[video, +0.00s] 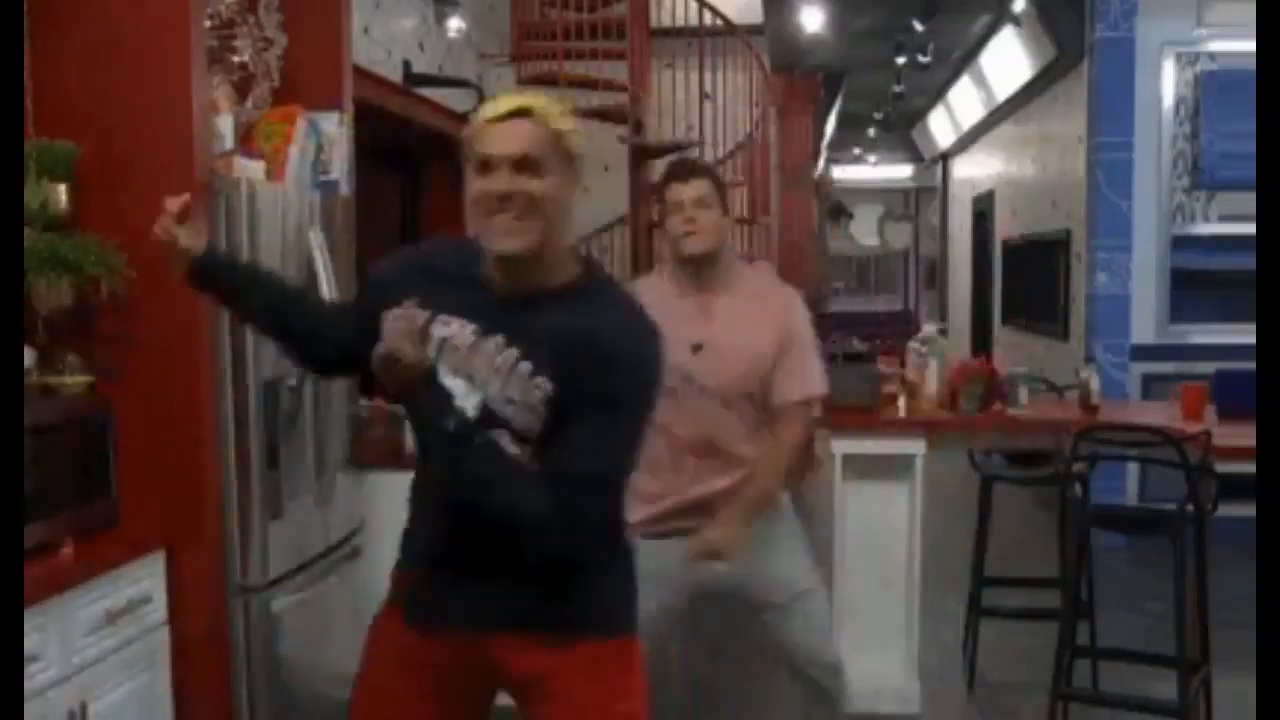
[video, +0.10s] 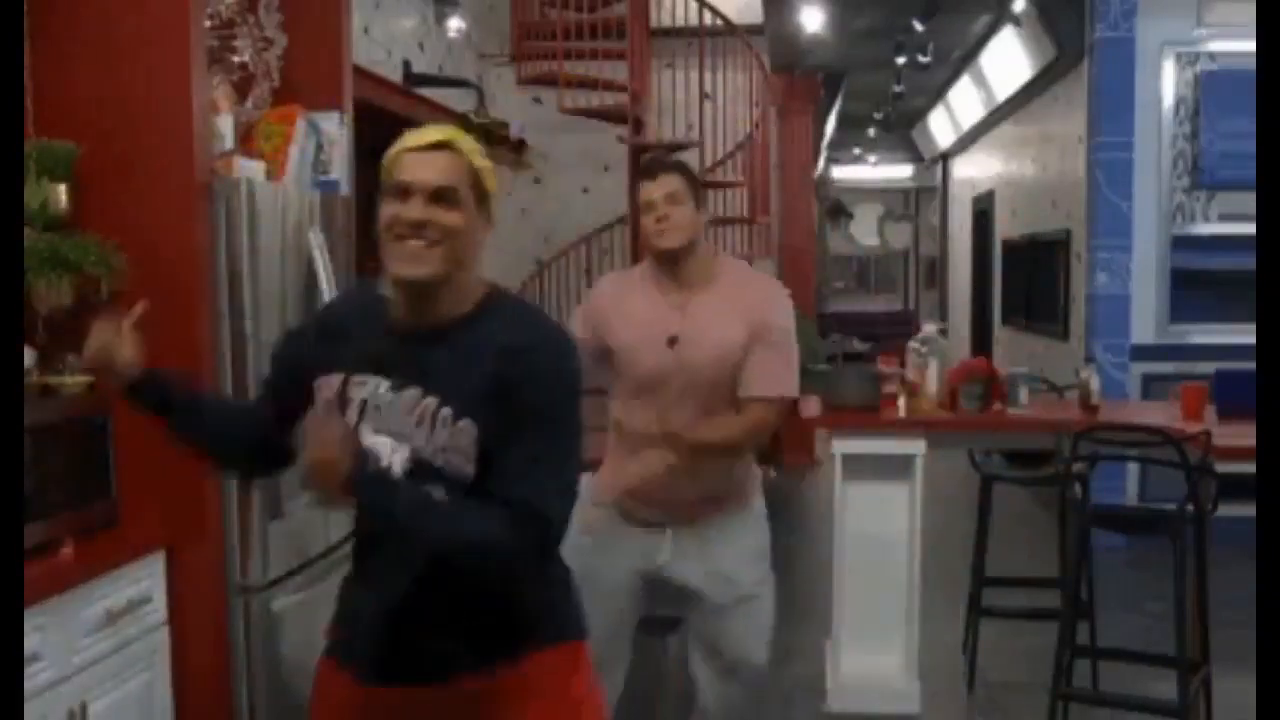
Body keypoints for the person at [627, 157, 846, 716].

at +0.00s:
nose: (688, 218)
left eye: (701, 206)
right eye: (675, 209)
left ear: (728, 218)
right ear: (661, 225)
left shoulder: (777, 301)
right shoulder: (631, 305)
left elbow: (793, 425)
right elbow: (603, 412)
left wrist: (734, 517)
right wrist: (602, 519)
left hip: (757, 515)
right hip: (653, 523)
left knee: (821, 664)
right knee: (623, 671)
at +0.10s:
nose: (660, 215)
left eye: (673, 202)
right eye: (647, 207)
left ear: (701, 212)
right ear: (637, 222)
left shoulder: (762, 297)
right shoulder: (610, 295)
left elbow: (761, 420)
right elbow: (565, 391)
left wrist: (681, 436)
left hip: (724, 524)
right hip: (615, 521)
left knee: (736, 687)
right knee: (582, 679)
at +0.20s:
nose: (653, 216)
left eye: (665, 202)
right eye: (640, 208)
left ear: (696, 210)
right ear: (631, 223)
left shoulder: (758, 293)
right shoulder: (612, 289)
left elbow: (760, 412)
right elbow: (544, 356)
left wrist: (664, 415)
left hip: (718, 513)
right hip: (617, 504)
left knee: (715, 665)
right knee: (584, 650)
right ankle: (590, 716)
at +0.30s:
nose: (651, 236)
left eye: (664, 222)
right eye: (639, 228)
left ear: (695, 229)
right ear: (630, 242)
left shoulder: (755, 314)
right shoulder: (606, 310)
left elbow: (762, 434)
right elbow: (525, 337)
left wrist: (666, 455)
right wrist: (473, 301)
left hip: (724, 532)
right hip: (616, 527)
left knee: (747, 668)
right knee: (578, 657)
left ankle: (699, 718)